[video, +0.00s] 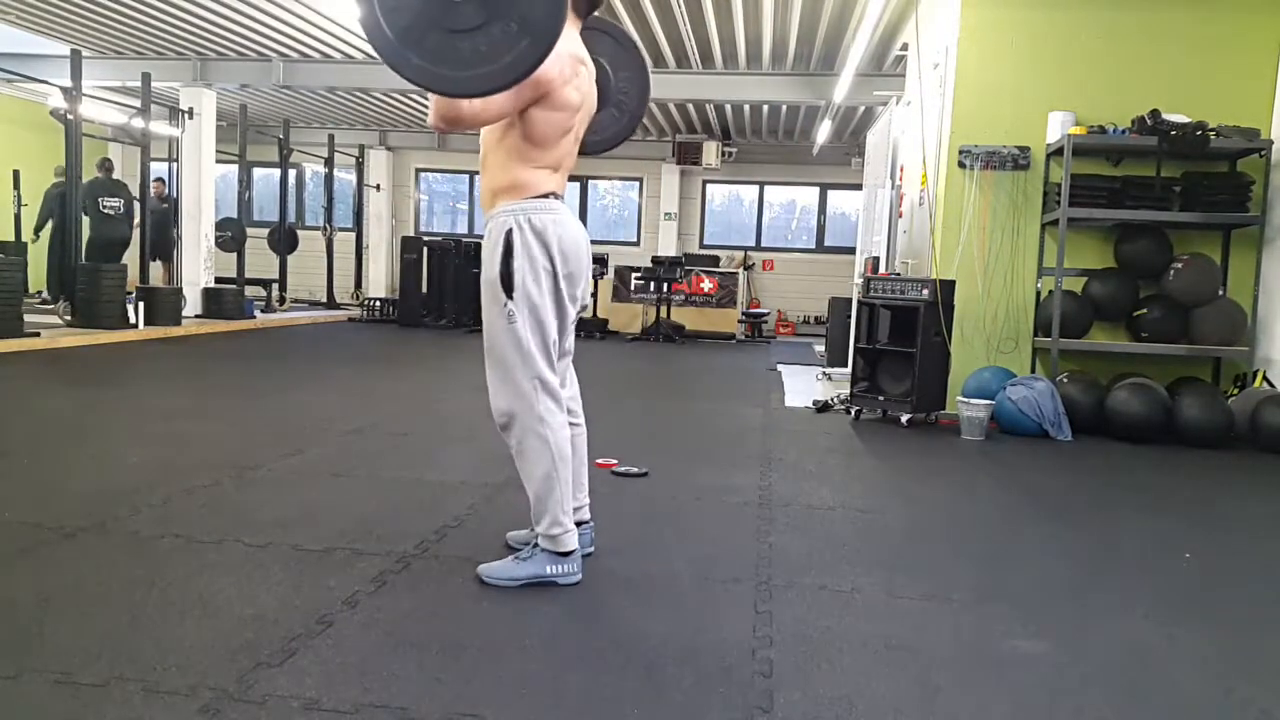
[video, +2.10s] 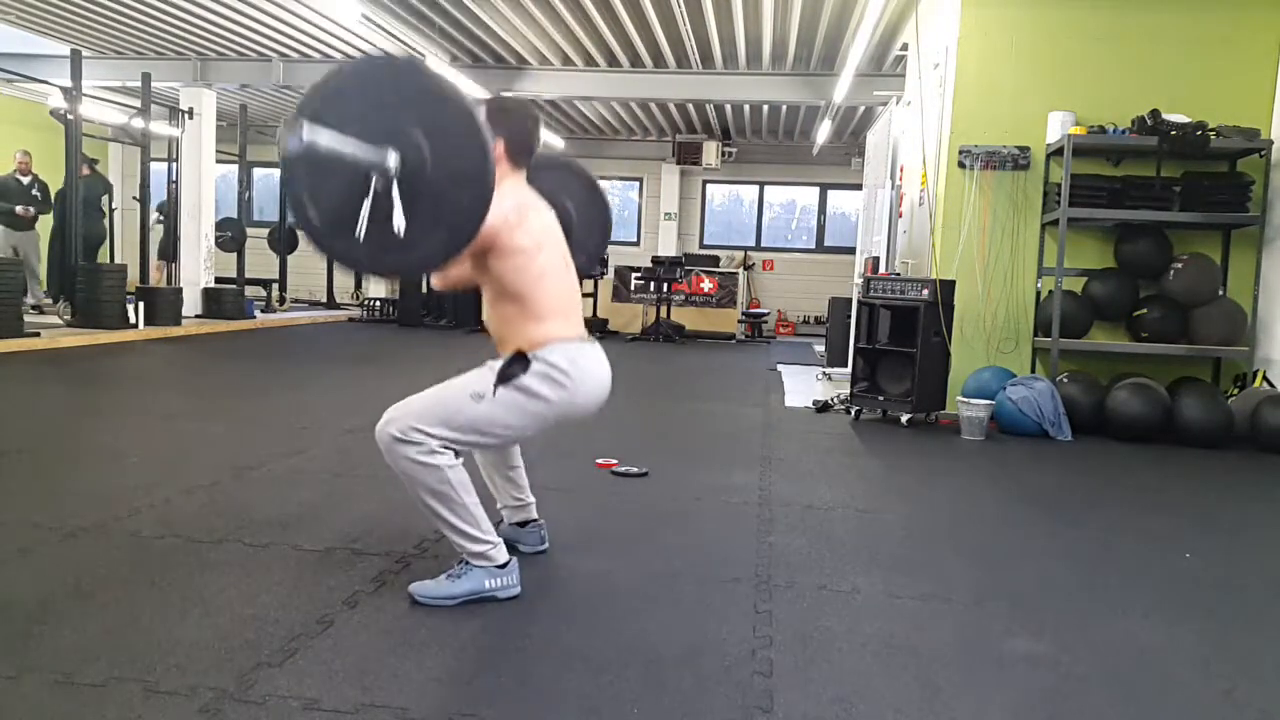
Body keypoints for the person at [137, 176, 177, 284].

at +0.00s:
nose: (155, 190)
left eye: (157, 187)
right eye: (153, 187)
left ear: (164, 187)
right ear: (151, 188)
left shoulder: (172, 201)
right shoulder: (149, 201)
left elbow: (177, 218)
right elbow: (143, 217)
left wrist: (177, 233)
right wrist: (133, 225)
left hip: (166, 238)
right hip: (150, 236)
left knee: (166, 265)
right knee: (145, 263)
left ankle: (166, 289)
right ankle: (143, 288)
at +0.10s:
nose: (155, 190)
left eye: (158, 187)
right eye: (154, 187)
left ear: (165, 187)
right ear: (153, 188)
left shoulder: (173, 201)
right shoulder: (150, 201)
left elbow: (179, 218)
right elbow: (146, 216)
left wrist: (168, 224)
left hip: (166, 238)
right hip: (150, 237)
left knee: (166, 265)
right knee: (144, 263)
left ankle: (166, 289)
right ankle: (143, 287)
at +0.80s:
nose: (150, 188)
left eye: (153, 185)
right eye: (149, 186)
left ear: (159, 187)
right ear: (148, 187)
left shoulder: (165, 203)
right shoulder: (146, 202)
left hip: (160, 239)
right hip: (147, 237)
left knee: (161, 262)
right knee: (147, 262)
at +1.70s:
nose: (165, 191)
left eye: (168, 188)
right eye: (163, 188)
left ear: (173, 189)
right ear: (160, 189)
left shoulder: (177, 202)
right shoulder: (155, 203)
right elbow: (149, 220)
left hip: (175, 234)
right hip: (160, 233)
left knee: (176, 263)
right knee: (155, 263)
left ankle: (177, 289)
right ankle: (152, 288)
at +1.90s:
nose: (169, 192)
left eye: (172, 189)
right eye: (167, 189)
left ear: (176, 190)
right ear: (165, 189)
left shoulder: (180, 203)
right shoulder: (160, 204)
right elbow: (150, 218)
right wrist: (162, 221)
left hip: (179, 237)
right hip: (165, 237)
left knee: (180, 266)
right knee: (158, 266)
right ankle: (152, 287)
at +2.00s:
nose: (171, 192)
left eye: (174, 189)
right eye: (169, 189)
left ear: (177, 190)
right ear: (166, 190)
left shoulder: (181, 203)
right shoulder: (161, 204)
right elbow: (152, 219)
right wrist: (164, 222)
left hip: (179, 237)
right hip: (166, 236)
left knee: (178, 264)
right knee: (160, 264)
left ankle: (177, 289)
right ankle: (153, 288)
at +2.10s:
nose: (173, 192)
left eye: (175, 189)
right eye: (171, 189)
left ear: (178, 190)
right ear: (167, 190)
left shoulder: (181, 204)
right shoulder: (163, 204)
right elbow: (155, 218)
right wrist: (165, 222)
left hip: (179, 236)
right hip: (167, 235)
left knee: (177, 264)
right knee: (160, 264)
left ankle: (177, 288)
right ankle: (153, 287)